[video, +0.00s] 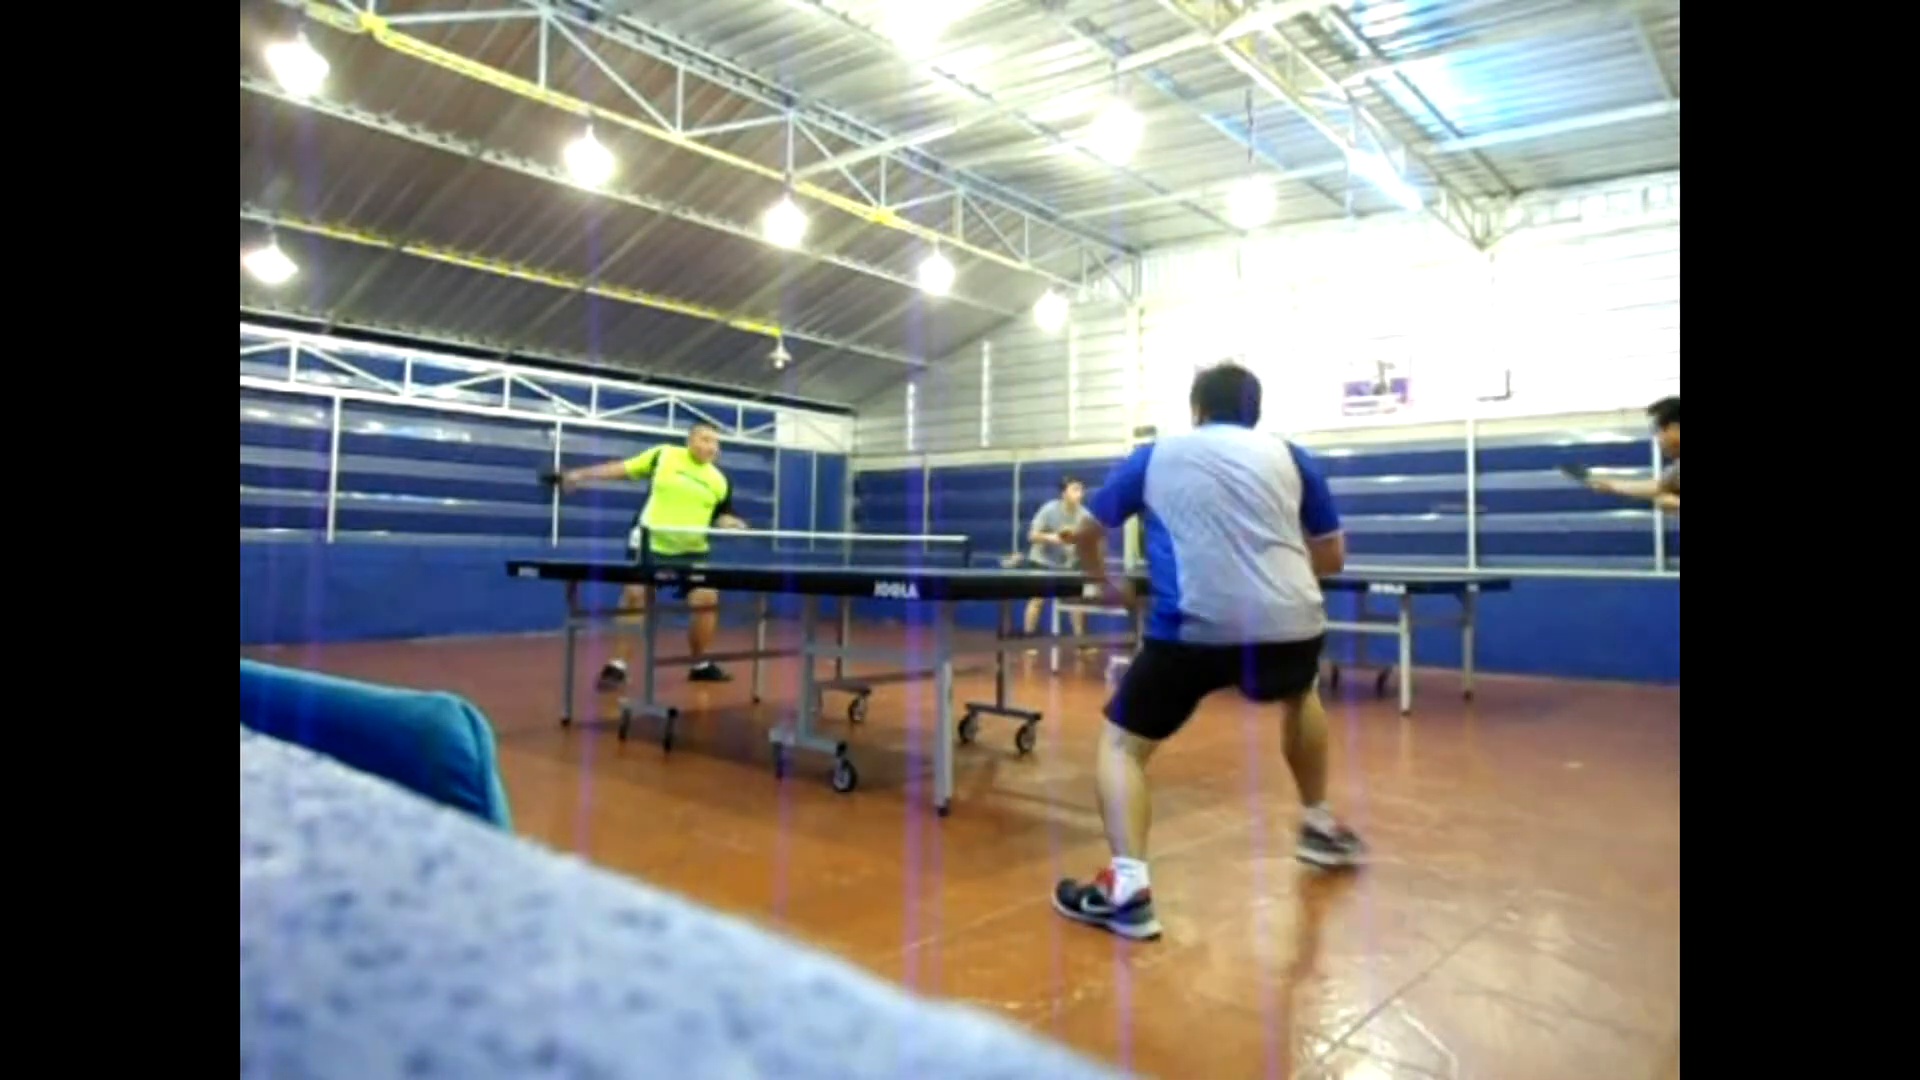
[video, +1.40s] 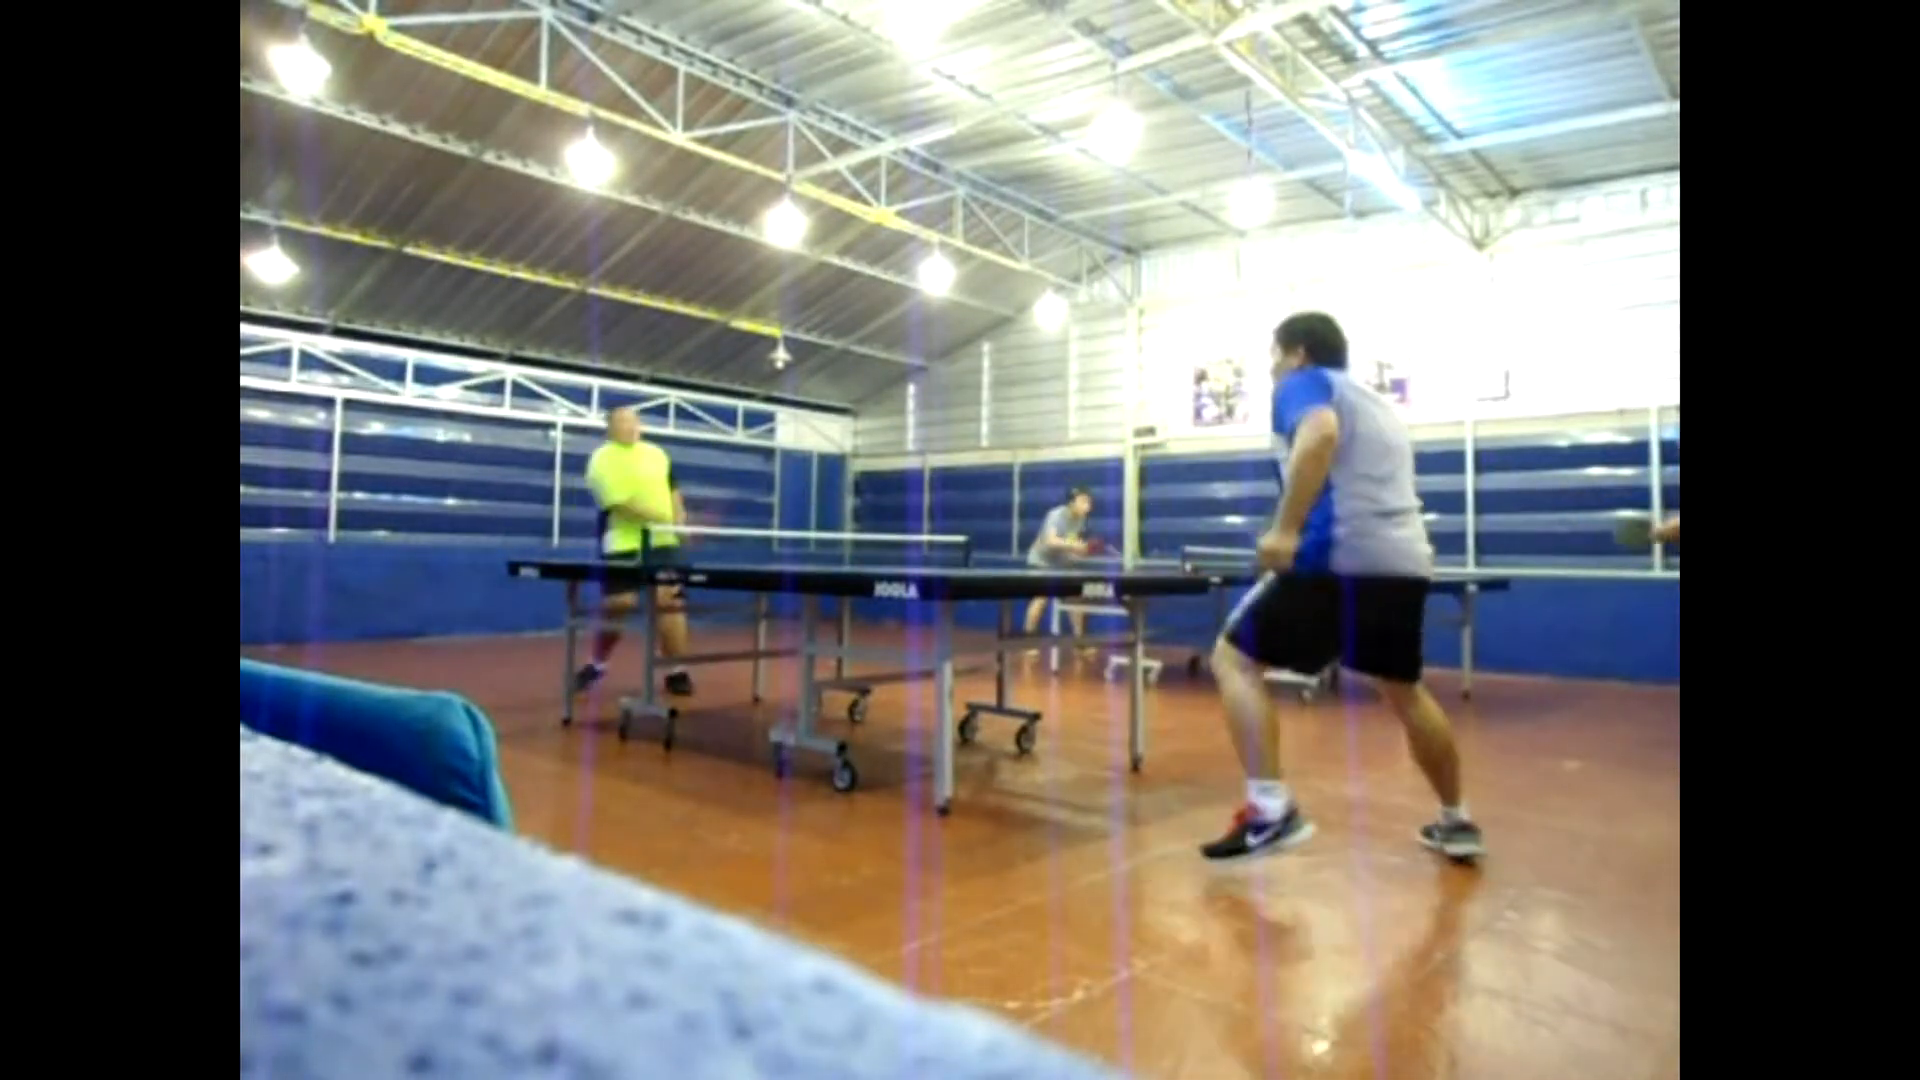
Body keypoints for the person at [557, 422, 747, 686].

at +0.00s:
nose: (710, 447)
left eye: (714, 442)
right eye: (704, 440)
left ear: (717, 448)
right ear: (690, 440)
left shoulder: (719, 481)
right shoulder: (664, 456)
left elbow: (721, 516)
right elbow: (621, 469)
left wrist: (733, 523)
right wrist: (577, 476)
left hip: (693, 548)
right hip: (651, 542)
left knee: (706, 600)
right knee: (634, 598)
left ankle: (701, 662)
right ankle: (618, 663)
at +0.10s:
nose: (699, 442)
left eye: (705, 438)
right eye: (695, 435)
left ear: (710, 444)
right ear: (682, 436)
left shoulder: (712, 478)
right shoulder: (656, 457)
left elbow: (717, 511)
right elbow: (620, 484)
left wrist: (715, 525)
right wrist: (588, 503)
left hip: (689, 545)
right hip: (647, 541)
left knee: (701, 599)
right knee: (627, 600)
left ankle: (701, 661)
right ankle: (606, 661)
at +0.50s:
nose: (656, 433)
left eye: (661, 427)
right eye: (651, 426)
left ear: (666, 430)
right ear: (637, 427)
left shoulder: (675, 462)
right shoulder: (613, 453)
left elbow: (686, 497)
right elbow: (597, 487)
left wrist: (673, 513)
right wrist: (606, 509)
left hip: (661, 540)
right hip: (619, 540)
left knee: (669, 600)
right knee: (610, 603)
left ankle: (668, 659)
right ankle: (599, 660)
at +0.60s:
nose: (649, 433)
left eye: (653, 427)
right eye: (643, 427)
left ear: (658, 430)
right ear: (630, 429)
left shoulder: (674, 460)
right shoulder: (608, 456)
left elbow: (687, 498)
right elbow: (592, 495)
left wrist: (664, 511)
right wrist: (587, 522)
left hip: (661, 538)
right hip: (619, 537)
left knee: (668, 599)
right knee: (603, 598)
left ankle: (668, 658)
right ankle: (591, 657)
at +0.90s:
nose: (606, 447)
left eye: (610, 440)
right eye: (599, 441)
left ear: (618, 438)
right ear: (589, 442)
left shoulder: (641, 464)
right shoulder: (576, 474)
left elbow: (667, 498)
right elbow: (571, 518)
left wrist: (645, 521)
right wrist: (551, 543)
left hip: (646, 549)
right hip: (601, 551)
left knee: (669, 600)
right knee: (594, 605)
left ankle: (670, 655)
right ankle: (585, 666)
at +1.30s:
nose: (613, 462)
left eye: (617, 455)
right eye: (606, 457)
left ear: (627, 449)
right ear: (599, 456)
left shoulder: (653, 472)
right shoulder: (589, 482)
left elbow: (681, 494)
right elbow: (586, 518)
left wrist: (677, 525)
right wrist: (592, 530)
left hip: (658, 549)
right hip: (615, 553)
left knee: (668, 600)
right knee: (599, 610)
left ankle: (674, 669)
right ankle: (588, 669)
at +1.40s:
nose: (629, 426)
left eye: (633, 420)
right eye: (622, 420)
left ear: (639, 425)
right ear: (610, 426)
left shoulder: (656, 454)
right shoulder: (602, 459)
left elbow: (673, 489)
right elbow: (615, 500)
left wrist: (679, 520)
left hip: (662, 536)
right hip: (623, 538)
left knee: (670, 602)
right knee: (619, 603)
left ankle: (676, 668)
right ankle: (597, 665)